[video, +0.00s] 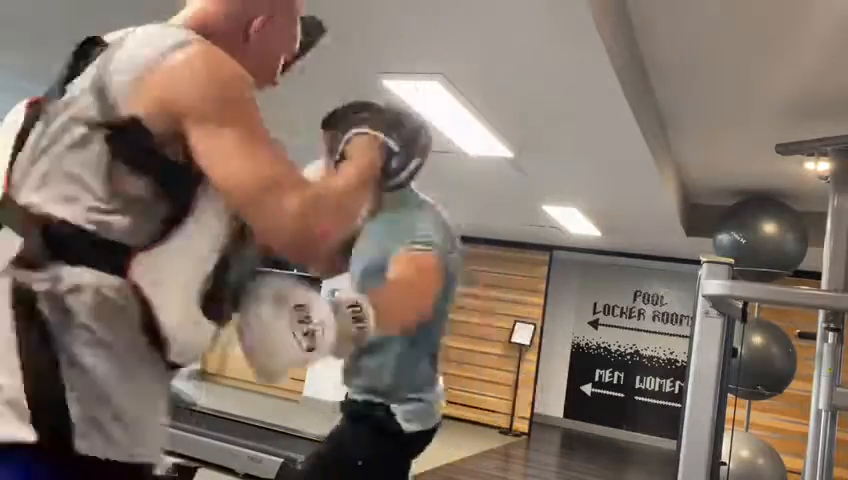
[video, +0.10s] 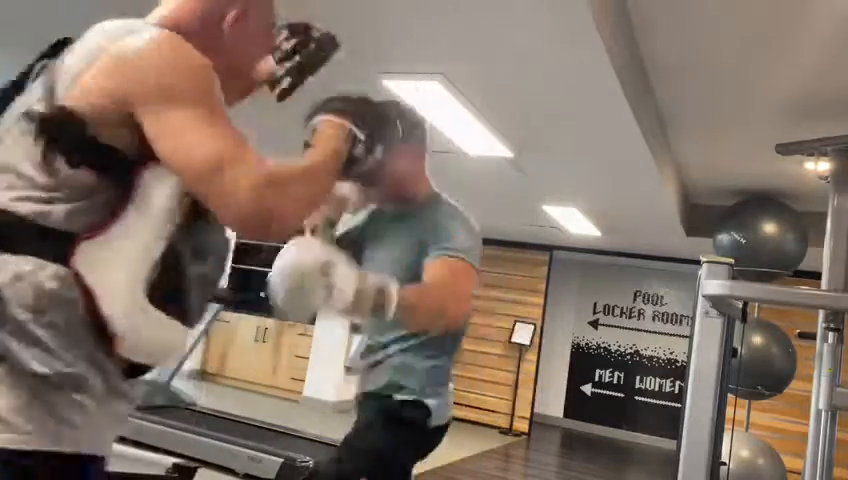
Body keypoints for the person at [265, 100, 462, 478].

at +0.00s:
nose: (326, 168)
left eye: (335, 155)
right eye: (327, 155)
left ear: (369, 157)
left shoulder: (418, 222)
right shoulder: (373, 220)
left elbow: (411, 299)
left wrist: (326, 320)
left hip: (393, 413)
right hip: (370, 403)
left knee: (316, 473)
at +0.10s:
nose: (363, 172)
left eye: (375, 157)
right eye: (360, 159)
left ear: (412, 155)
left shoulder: (447, 222)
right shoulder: (370, 222)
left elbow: (450, 304)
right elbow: (315, 273)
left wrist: (364, 292)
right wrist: (323, 219)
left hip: (412, 404)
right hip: (373, 395)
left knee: (343, 471)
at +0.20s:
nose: (388, 162)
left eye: (402, 149)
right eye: (385, 150)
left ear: (440, 151)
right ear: (381, 150)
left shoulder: (476, 220)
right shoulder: (398, 214)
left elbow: (471, 296)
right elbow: (331, 263)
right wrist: (354, 204)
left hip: (431, 396)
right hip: (394, 386)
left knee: (368, 471)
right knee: (415, 475)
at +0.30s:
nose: (403, 174)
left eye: (417, 162)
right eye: (398, 163)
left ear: (454, 163)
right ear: (393, 163)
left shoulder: (485, 227)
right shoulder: (413, 225)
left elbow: (479, 303)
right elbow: (348, 277)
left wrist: (424, 234)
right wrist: (364, 228)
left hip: (452, 401)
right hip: (414, 395)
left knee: (393, 473)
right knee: (446, 475)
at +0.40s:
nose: (410, 173)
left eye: (423, 161)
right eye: (406, 161)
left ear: (458, 162)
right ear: (401, 162)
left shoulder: (491, 221)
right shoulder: (422, 222)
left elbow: (492, 292)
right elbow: (366, 287)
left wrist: (431, 236)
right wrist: (374, 235)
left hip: (461, 394)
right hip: (420, 387)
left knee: (403, 473)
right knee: (431, 475)